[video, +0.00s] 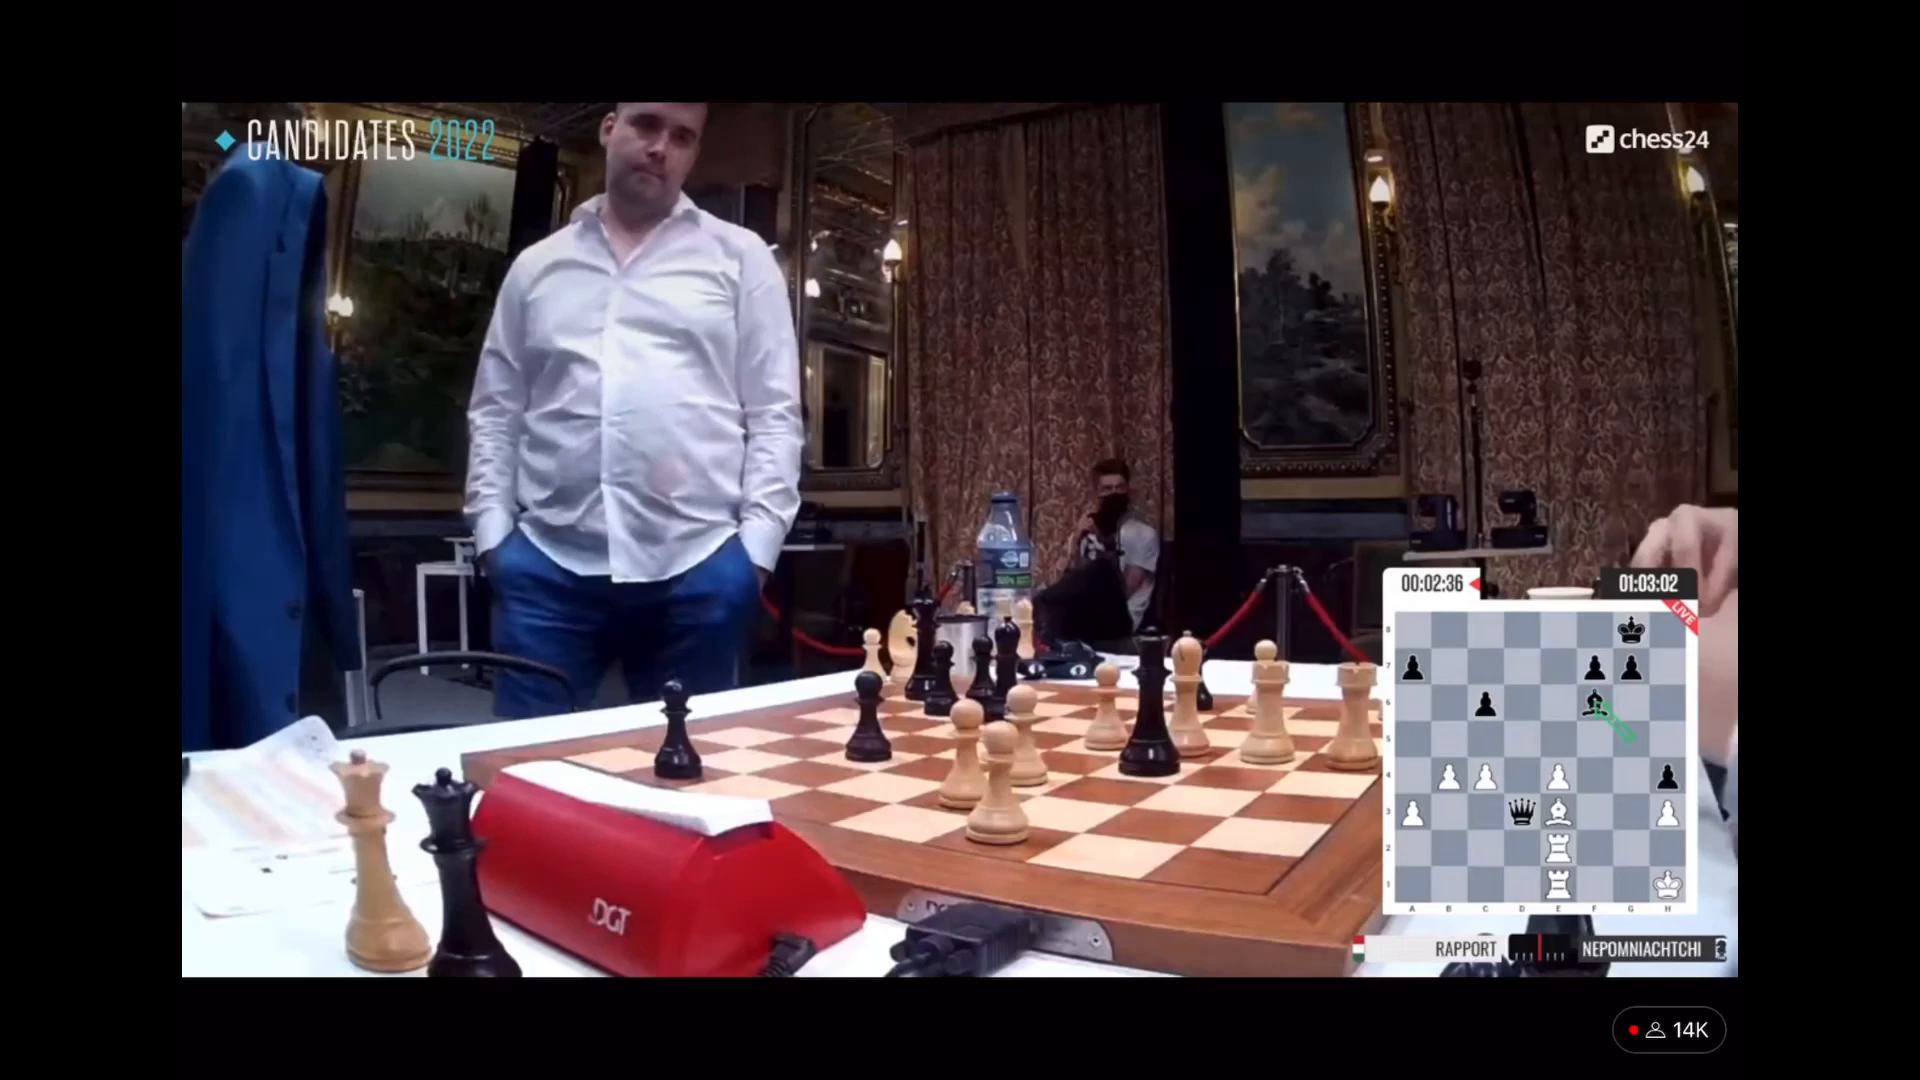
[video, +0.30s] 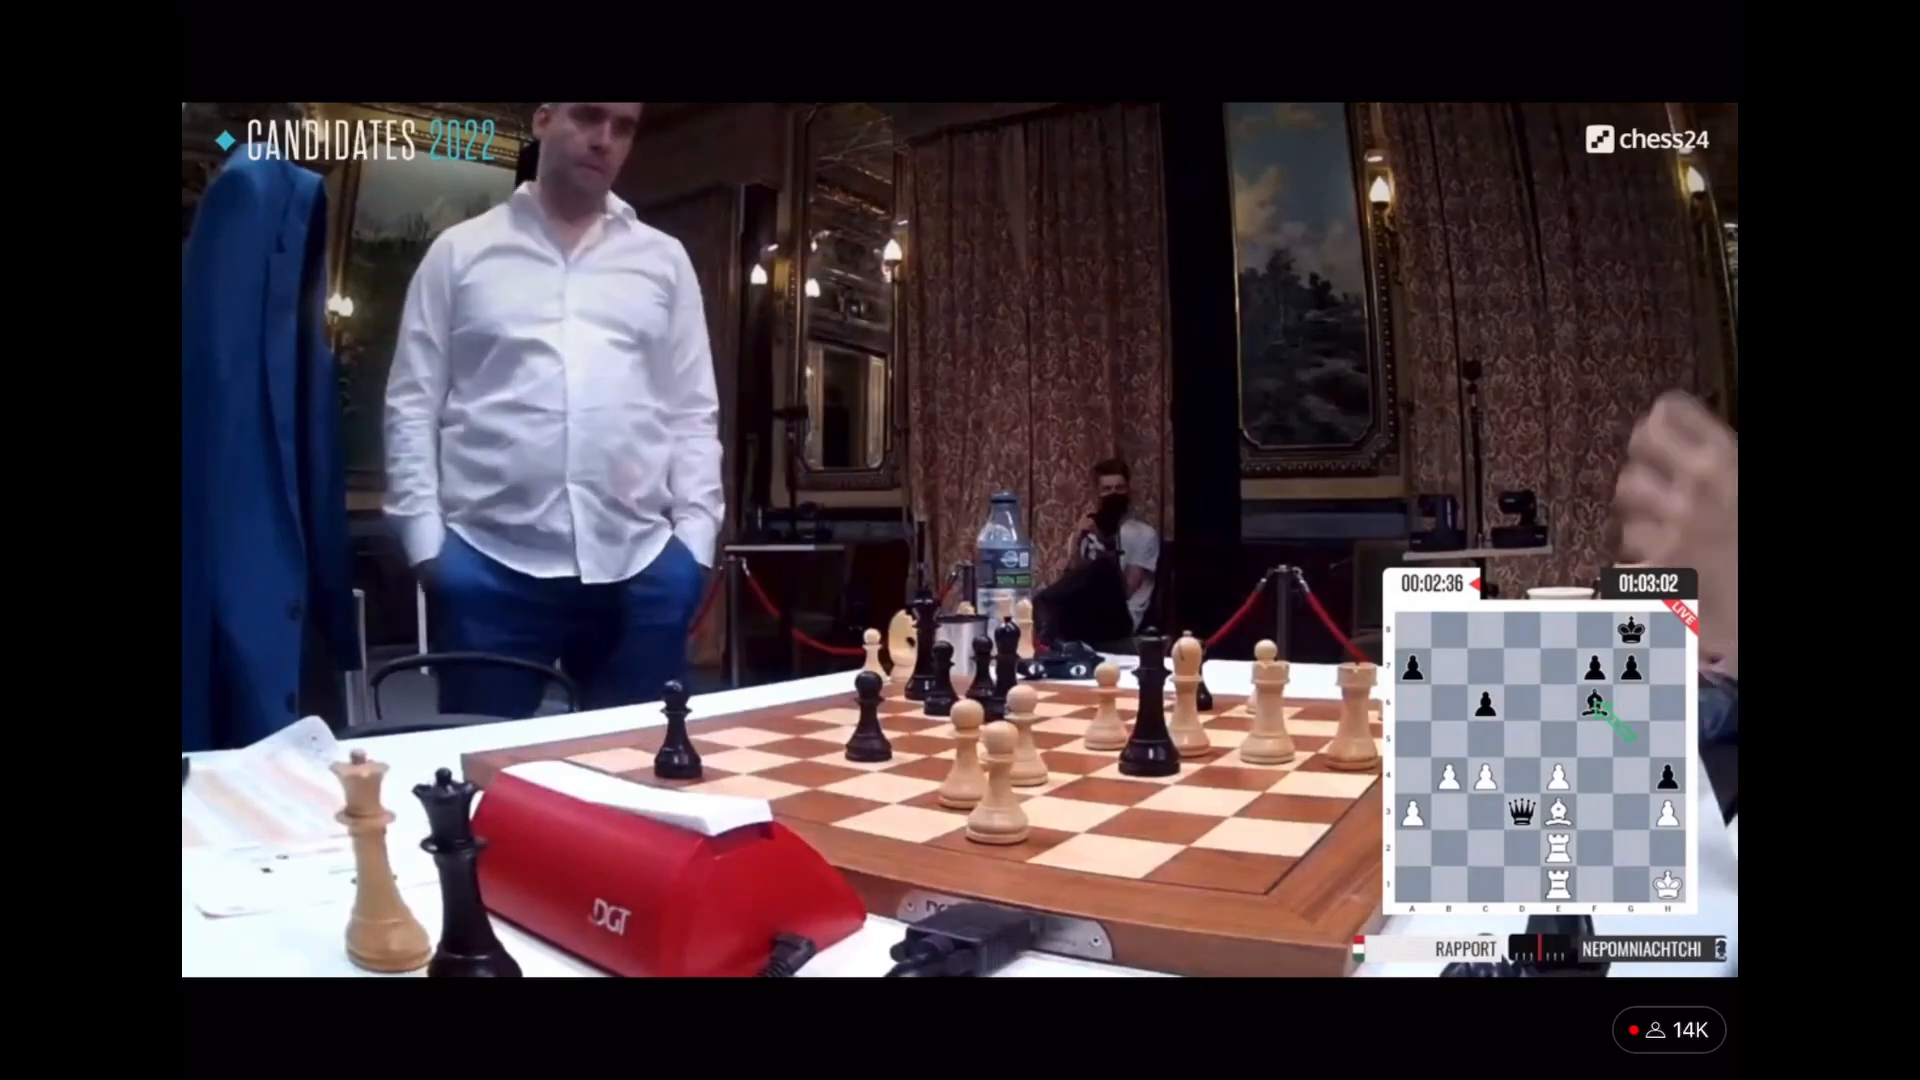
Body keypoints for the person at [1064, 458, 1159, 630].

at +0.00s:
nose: (1114, 494)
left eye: (1120, 487)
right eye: (1107, 488)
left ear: (1128, 489)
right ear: (1096, 492)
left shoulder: (1142, 534)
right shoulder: (1089, 529)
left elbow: (1127, 590)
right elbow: (1071, 578)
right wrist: (1076, 538)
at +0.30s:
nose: (1114, 494)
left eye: (1120, 488)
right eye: (1107, 489)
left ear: (1128, 489)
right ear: (1097, 492)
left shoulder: (1143, 534)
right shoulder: (1090, 529)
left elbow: (1127, 589)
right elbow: (1073, 578)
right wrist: (1076, 537)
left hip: (1122, 620)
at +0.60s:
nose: (1114, 495)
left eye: (1119, 488)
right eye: (1106, 489)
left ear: (1128, 490)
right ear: (1097, 492)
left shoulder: (1143, 534)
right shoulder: (1090, 529)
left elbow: (1127, 589)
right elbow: (1074, 578)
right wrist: (1076, 537)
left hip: (1123, 621)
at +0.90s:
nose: (1113, 495)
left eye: (1119, 489)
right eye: (1105, 490)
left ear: (1128, 490)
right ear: (1096, 492)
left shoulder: (1144, 534)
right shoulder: (1090, 529)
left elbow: (1127, 589)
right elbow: (1072, 577)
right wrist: (1076, 536)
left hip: (1123, 619)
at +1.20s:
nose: (1112, 495)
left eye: (1119, 489)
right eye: (1105, 489)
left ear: (1128, 490)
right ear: (1096, 492)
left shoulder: (1144, 534)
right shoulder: (1089, 528)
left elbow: (1127, 589)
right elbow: (1072, 576)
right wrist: (1076, 536)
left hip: (1123, 619)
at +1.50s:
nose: (1112, 495)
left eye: (1118, 489)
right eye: (1104, 490)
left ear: (1127, 491)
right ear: (1096, 492)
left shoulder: (1145, 535)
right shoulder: (1086, 530)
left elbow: (1126, 589)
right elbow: (1069, 578)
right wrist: (1076, 535)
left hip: (1123, 621)